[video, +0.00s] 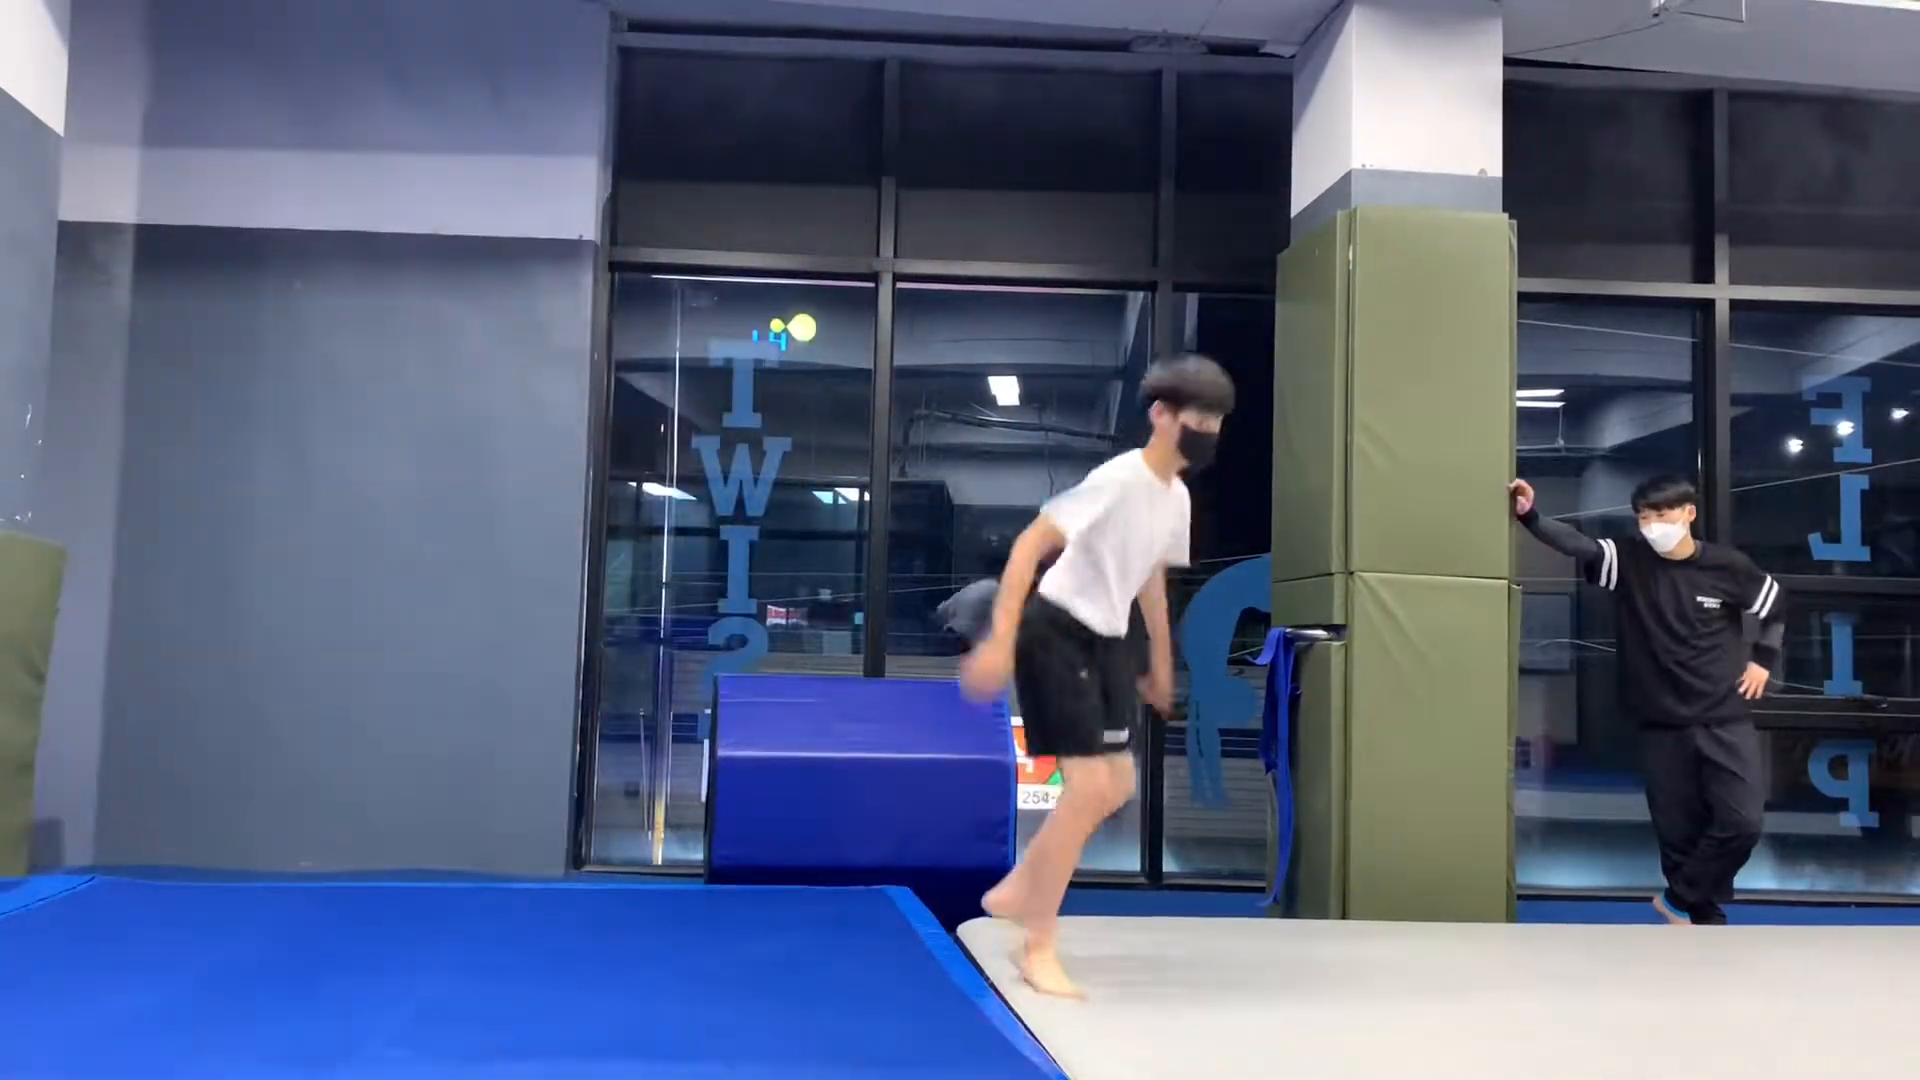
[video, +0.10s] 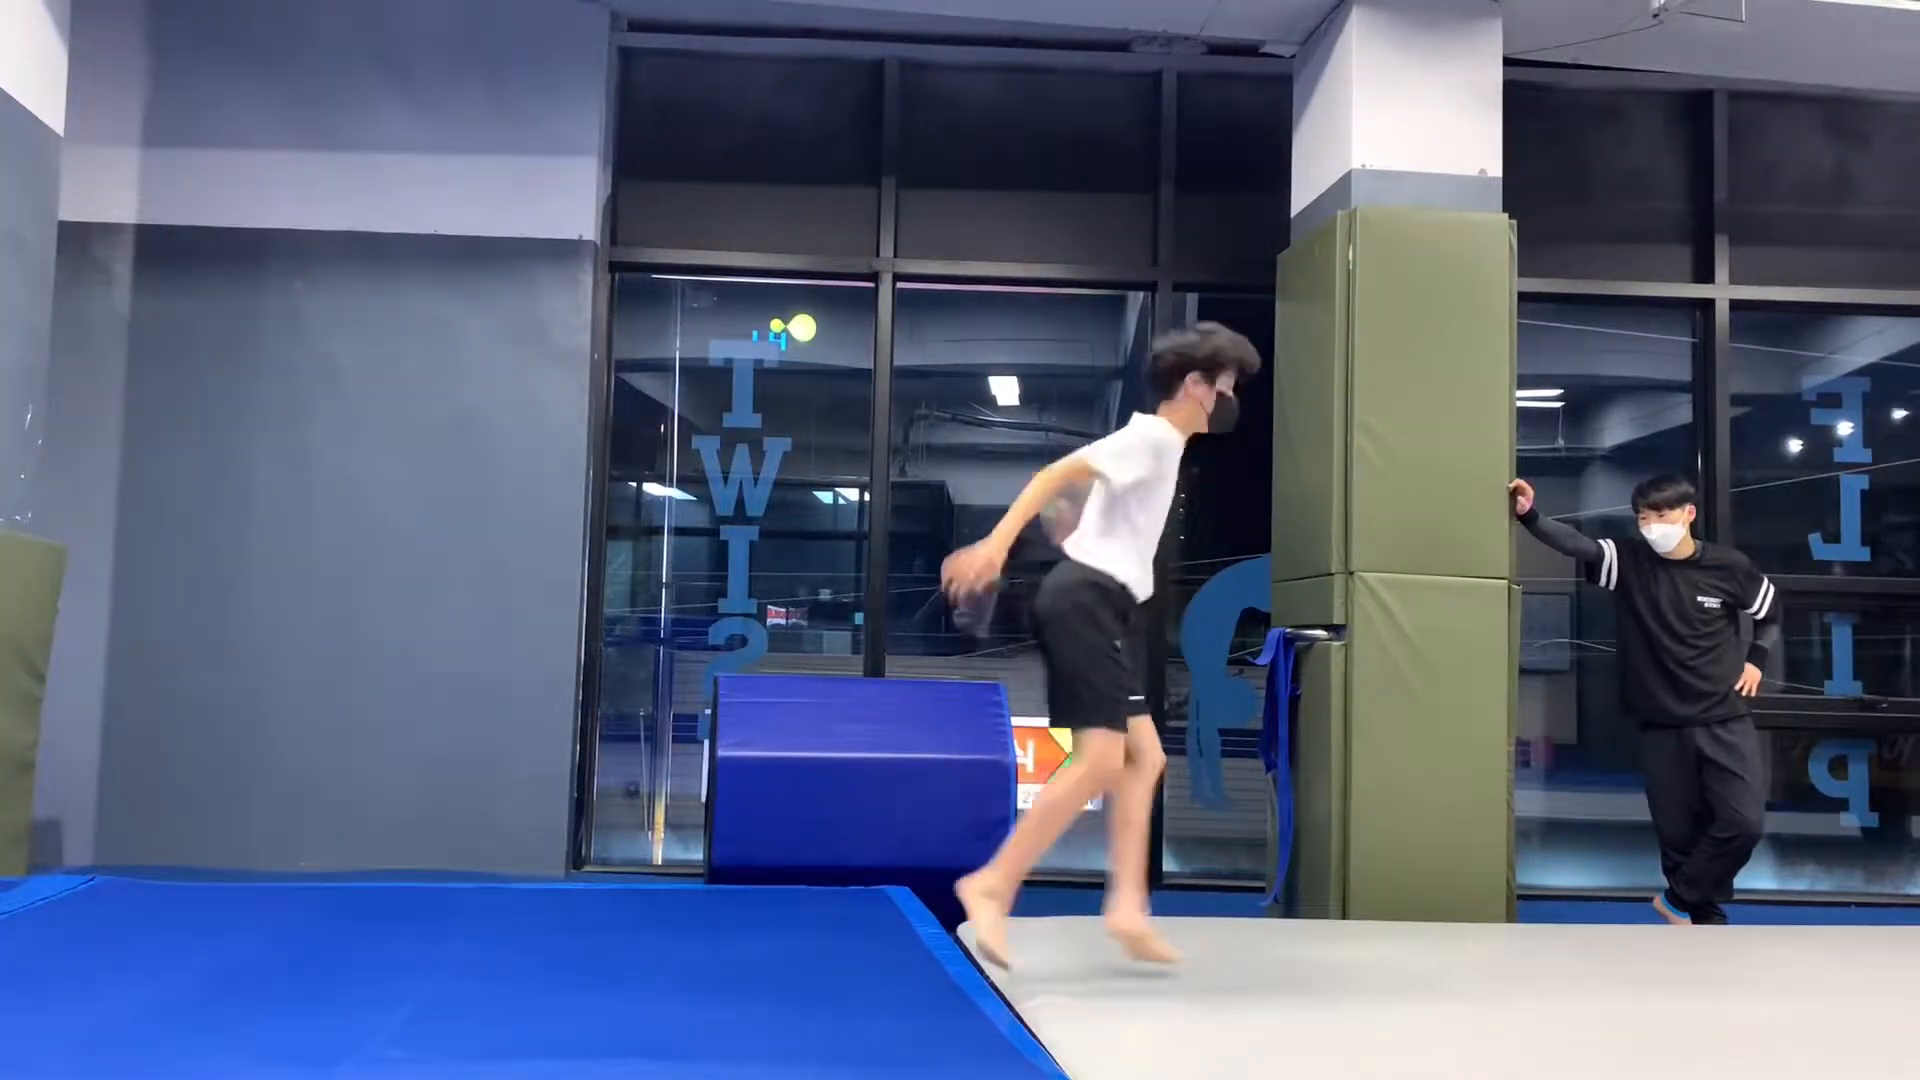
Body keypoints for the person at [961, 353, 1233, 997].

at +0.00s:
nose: (1209, 434)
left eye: (1215, 424)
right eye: (1200, 421)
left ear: (1210, 428)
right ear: (1161, 414)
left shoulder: (1175, 498)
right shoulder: (1119, 480)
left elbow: (1151, 579)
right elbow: (1029, 545)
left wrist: (1160, 659)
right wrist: (999, 642)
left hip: (1105, 638)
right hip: (1055, 629)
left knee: (1117, 784)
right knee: (1087, 785)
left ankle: (1016, 891)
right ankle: (1039, 948)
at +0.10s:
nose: (1226, 400)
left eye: (1228, 389)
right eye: (1222, 387)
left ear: (1185, 386)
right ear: (1191, 383)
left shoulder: (1154, 445)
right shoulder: (1154, 437)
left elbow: (1066, 494)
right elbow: (1055, 478)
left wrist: (1091, 559)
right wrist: (993, 546)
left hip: (1101, 601)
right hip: (1083, 595)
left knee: (1145, 757)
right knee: (1101, 756)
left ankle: (1127, 909)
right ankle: (990, 887)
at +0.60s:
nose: (1010, 491)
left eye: (1010, 480)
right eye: (1011, 479)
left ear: (1030, 472)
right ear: (1063, 464)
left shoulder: (1019, 534)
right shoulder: (1127, 490)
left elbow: (923, 591)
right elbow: (1184, 461)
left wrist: (822, 633)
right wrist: (1216, 442)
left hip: (1116, 674)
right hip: (1187, 653)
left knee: (1176, 822)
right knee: (1224, 787)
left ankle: (1213, 978)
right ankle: (1274, 901)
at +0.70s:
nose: (952, 537)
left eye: (952, 526)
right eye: (950, 523)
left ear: (973, 521)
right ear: (998, 493)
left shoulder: (996, 574)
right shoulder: (1031, 498)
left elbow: (925, 656)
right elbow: (1001, 458)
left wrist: (841, 734)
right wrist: (984, 429)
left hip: (1140, 671)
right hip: (1190, 632)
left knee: (1156, 818)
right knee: (1230, 758)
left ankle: (1230, 950)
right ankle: (1323, 858)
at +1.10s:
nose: (890, 949)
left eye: (896, 941)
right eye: (872, 947)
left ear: (908, 899)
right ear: (840, 897)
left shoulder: (941, 830)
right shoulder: (816, 820)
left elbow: (955, 930)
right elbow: (758, 912)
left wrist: (956, 1022)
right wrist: (723, 1011)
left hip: (973, 680)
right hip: (911, 654)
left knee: (1071, 808)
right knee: (938, 511)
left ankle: (1208, 879)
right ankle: (958, 391)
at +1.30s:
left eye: (858, 926)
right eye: (833, 932)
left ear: (878, 882)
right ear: (800, 880)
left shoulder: (891, 818)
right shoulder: (759, 817)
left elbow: (919, 913)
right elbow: (727, 919)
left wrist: (950, 1012)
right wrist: (720, 1021)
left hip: (821, 621)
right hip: (734, 641)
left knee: (941, 666)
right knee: (622, 659)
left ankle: (1006, 589)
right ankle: (544, 528)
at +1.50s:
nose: (787, 872)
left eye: (800, 862)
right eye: (778, 867)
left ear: (818, 821)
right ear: (744, 841)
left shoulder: (798, 752)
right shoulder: (686, 819)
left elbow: (875, 829)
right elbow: (700, 922)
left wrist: (952, 908)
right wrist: (718, 1026)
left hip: (643, 645)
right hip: (585, 693)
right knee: (595, 883)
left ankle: (581, 587)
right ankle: (457, 943)